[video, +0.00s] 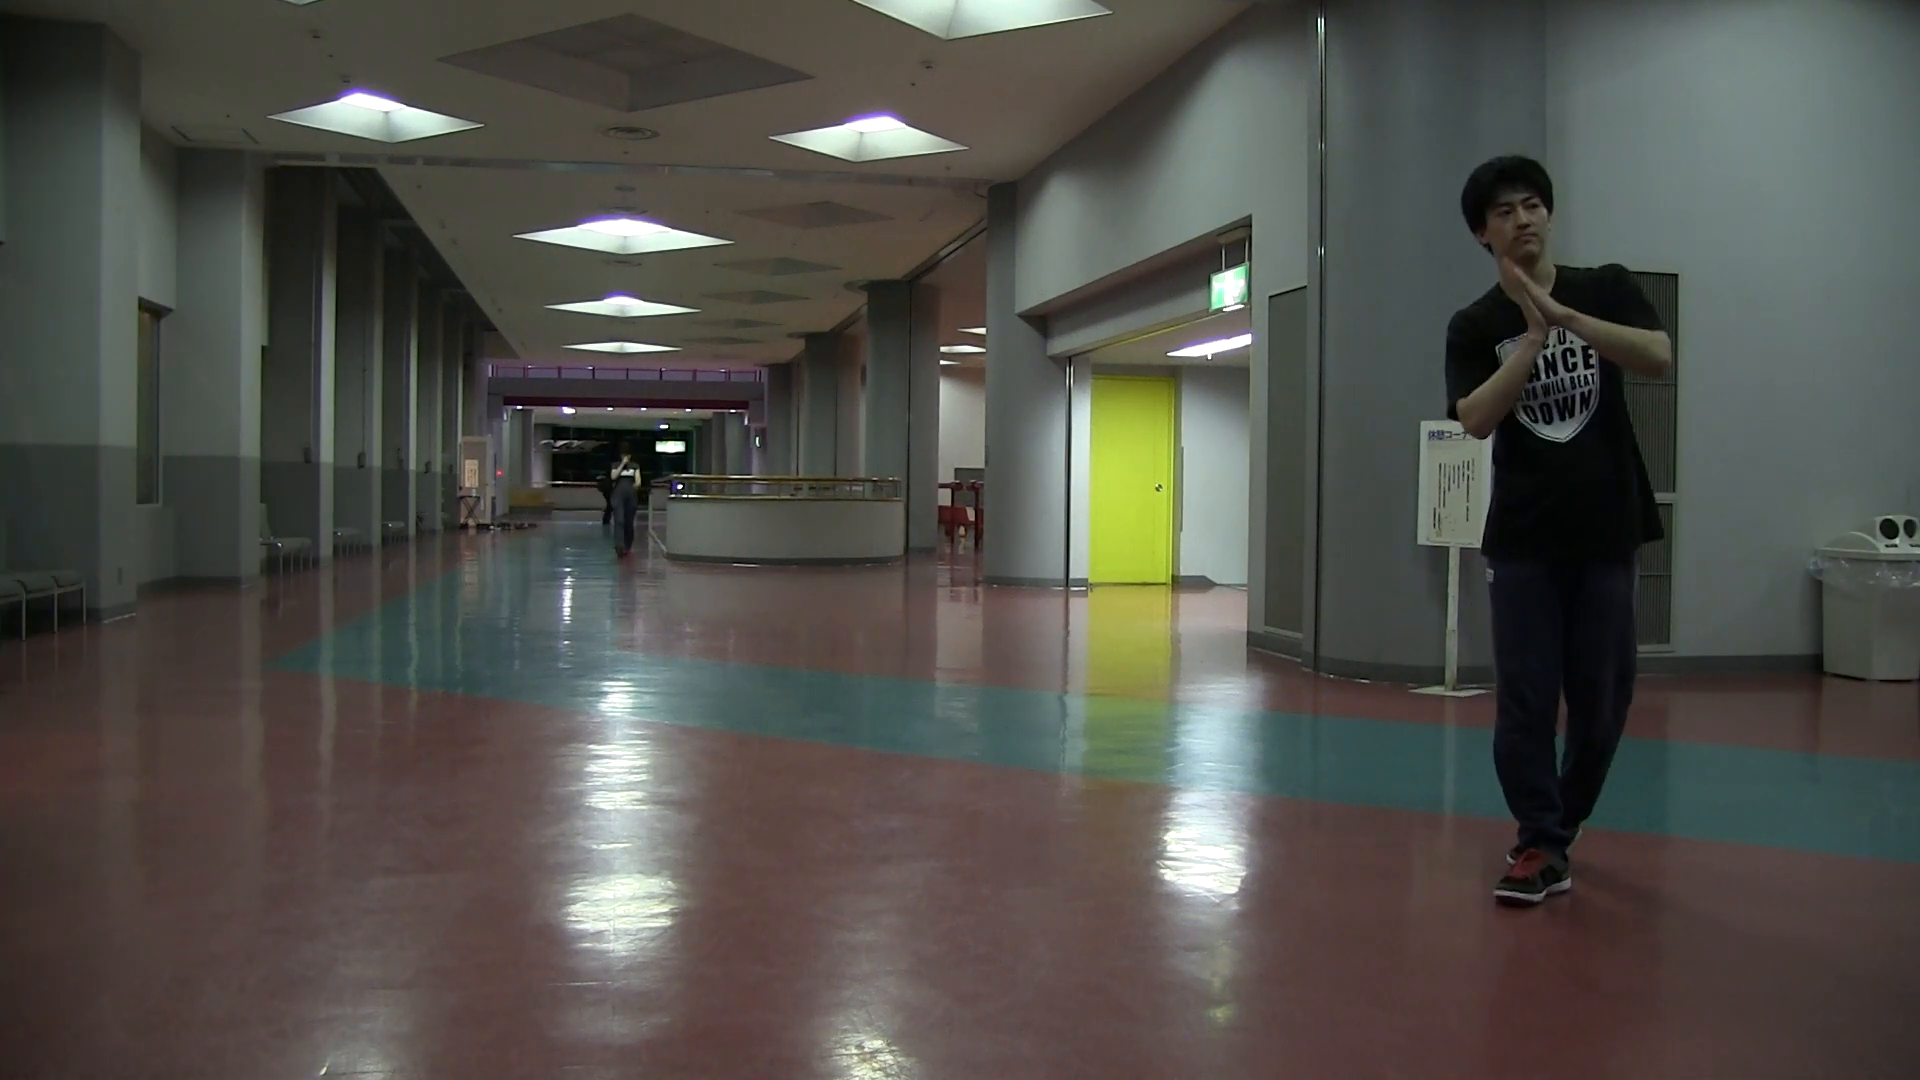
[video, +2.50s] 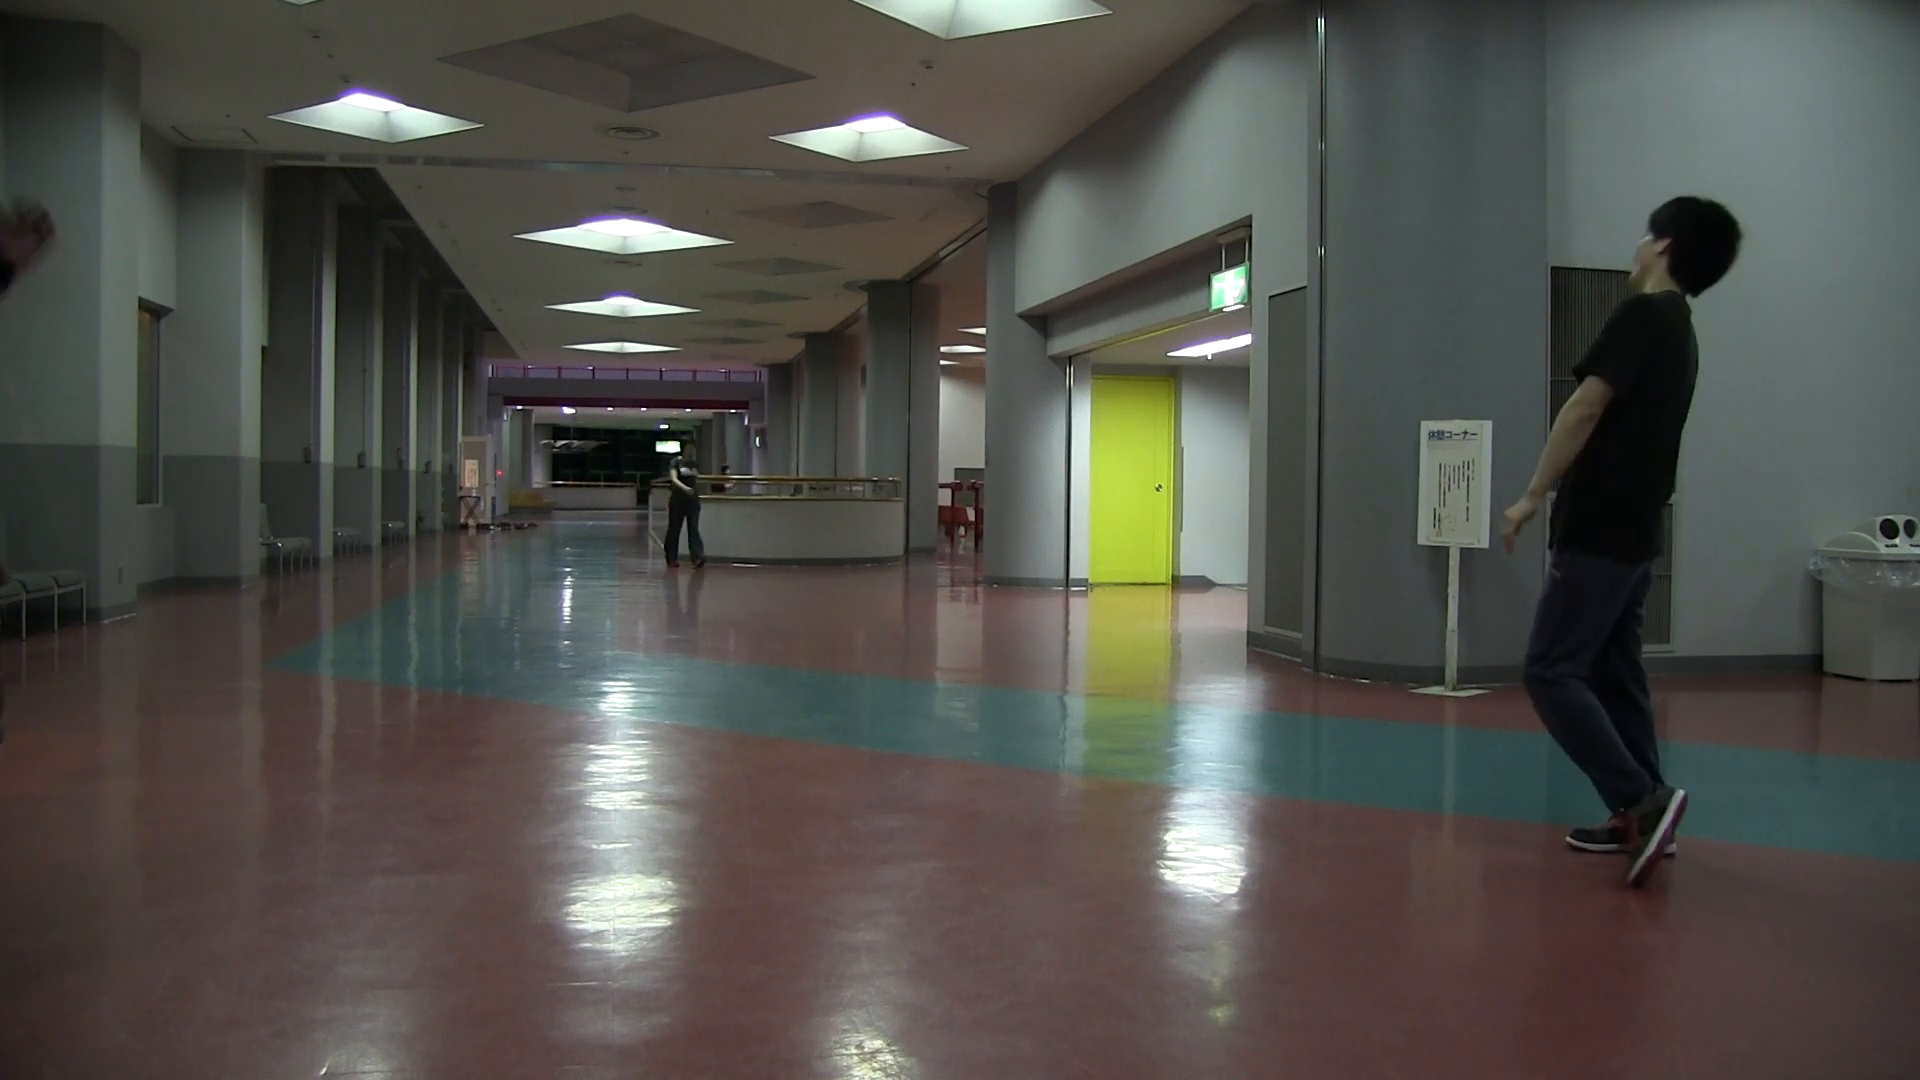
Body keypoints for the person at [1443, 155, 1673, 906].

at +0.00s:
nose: (1522, 220)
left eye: (1531, 205)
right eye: (1504, 212)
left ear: (1550, 215)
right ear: (1481, 233)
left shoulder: (1605, 288)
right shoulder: (1474, 325)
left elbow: (1658, 360)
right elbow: (1475, 418)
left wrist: (1561, 314)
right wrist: (1533, 339)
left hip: (1606, 528)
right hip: (1521, 533)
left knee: (1601, 693)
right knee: (1525, 692)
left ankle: (1555, 837)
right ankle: (1536, 848)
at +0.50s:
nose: (1541, 228)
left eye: (1554, 214)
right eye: (1525, 218)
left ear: (1577, 226)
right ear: (1504, 236)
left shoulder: (1624, 304)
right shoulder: (1485, 325)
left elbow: (1664, 391)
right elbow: (1452, 405)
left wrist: (1572, 362)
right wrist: (1534, 341)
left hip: (1597, 536)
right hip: (1511, 536)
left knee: (1569, 691)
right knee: (1512, 698)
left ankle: (1599, 811)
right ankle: (1543, 849)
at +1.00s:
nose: (1562, 230)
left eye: (1578, 216)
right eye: (1555, 219)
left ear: (1619, 223)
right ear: (1550, 232)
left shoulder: (1669, 299)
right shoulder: (1551, 318)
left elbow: (1664, 388)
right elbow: (1484, 418)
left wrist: (1561, 358)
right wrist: (1534, 365)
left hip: (1625, 539)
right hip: (1549, 535)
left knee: (1624, 701)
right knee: (1536, 699)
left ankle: (1696, 833)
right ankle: (1545, 849)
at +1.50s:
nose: (1609, 229)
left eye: (1622, 215)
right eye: (1607, 216)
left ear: (1667, 220)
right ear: (1622, 226)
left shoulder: (1713, 295)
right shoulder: (1619, 326)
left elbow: (1685, 392)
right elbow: (1595, 422)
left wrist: (1589, 386)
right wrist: (1565, 391)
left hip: (1699, 527)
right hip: (1630, 526)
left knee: (1687, 687)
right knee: (1593, 678)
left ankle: (1709, 847)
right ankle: (1580, 827)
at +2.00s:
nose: (1621, 220)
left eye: (1635, 214)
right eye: (1632, 212)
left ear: (1653, 236)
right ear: (1655, 242)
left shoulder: (1649, 304)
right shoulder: (1633, 308)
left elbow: (1654, 414)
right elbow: (1621, 428)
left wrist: (1668, 520)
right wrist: (1603, 530)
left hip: (1651, 536)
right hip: (1626, 534)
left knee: (1652, 680)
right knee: (1626, 674)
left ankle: (1702, 841)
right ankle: (1646, 816)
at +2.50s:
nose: (1638, 241)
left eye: (1648, 231)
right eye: (1648, 230)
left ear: (1663, 245)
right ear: (1694, 260)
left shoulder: (1642, 316)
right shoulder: (1674, 324)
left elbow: (1585, 406)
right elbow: (1640, 430)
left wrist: (1534, 494)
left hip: (1599, 537)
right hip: (1632, 534)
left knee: (1548, 670)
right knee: (1614, 668)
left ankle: (1643, 800)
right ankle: (1632, 819)